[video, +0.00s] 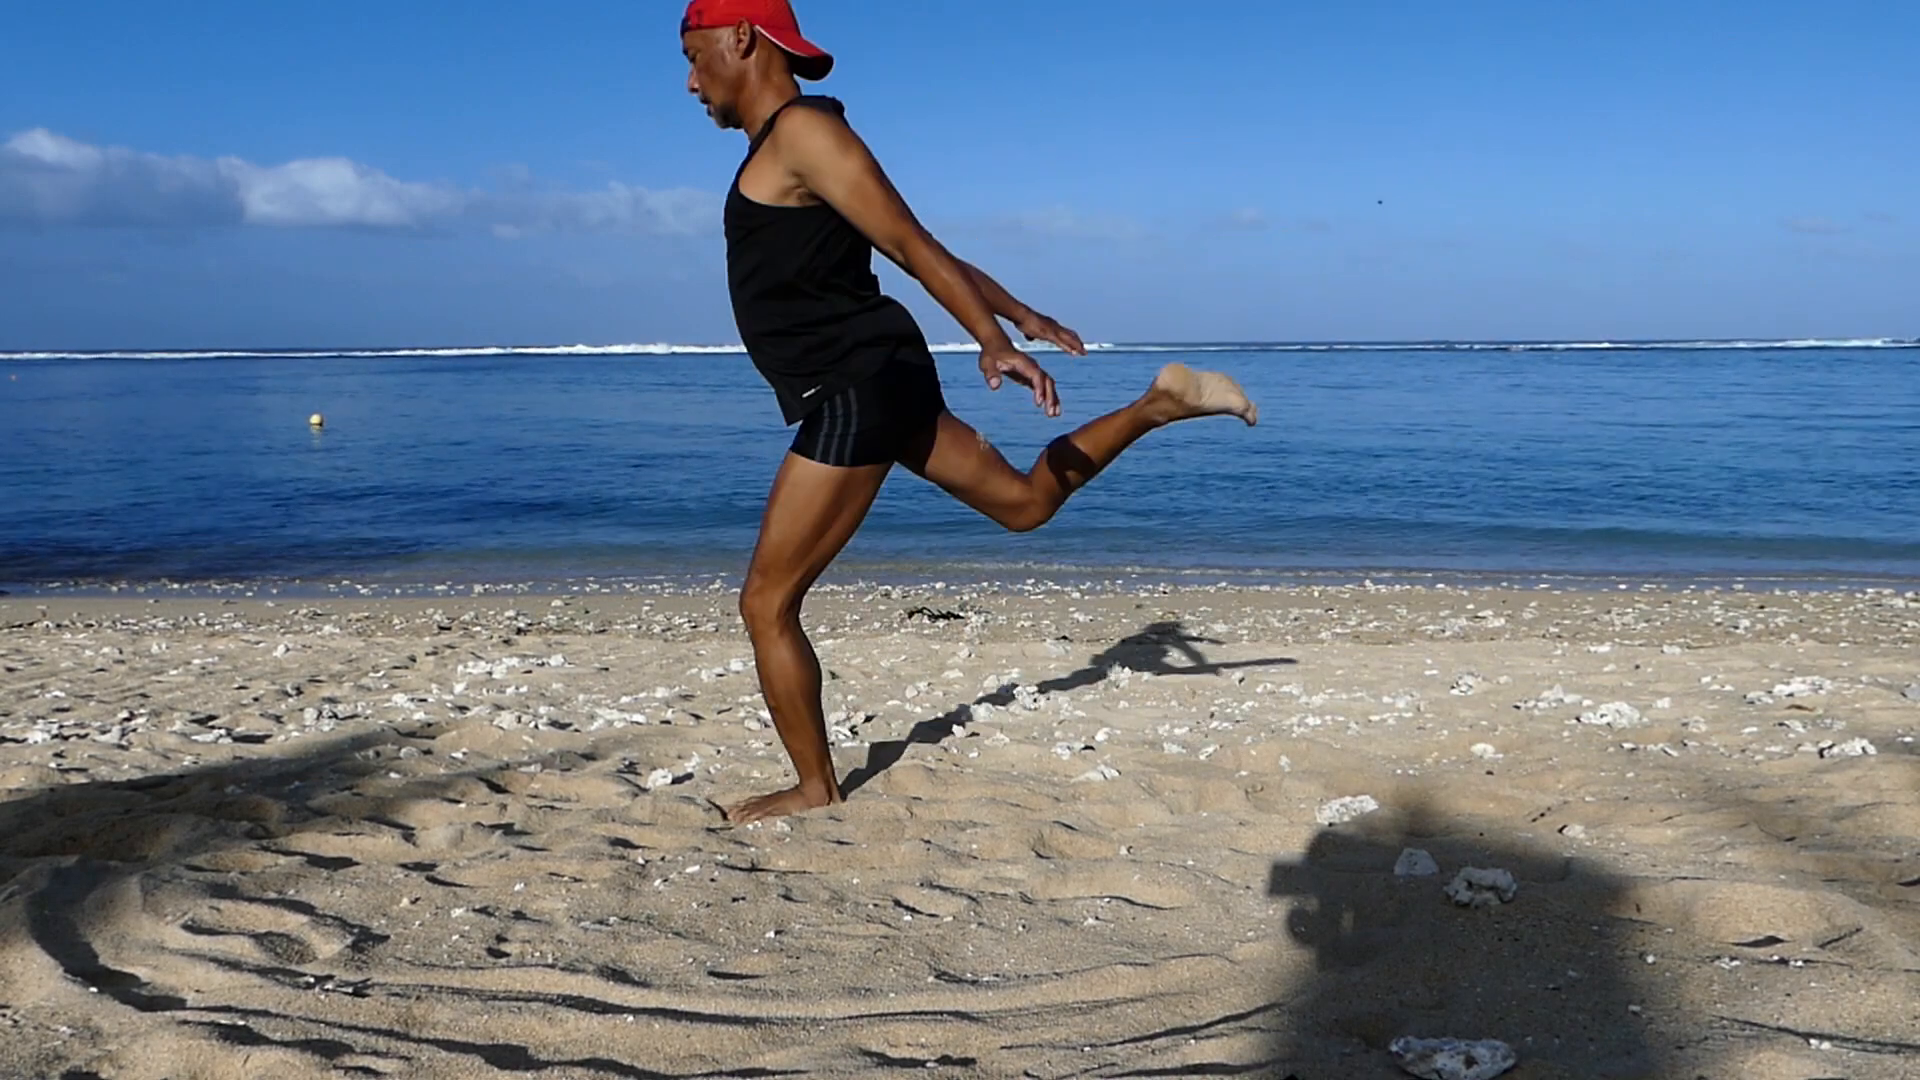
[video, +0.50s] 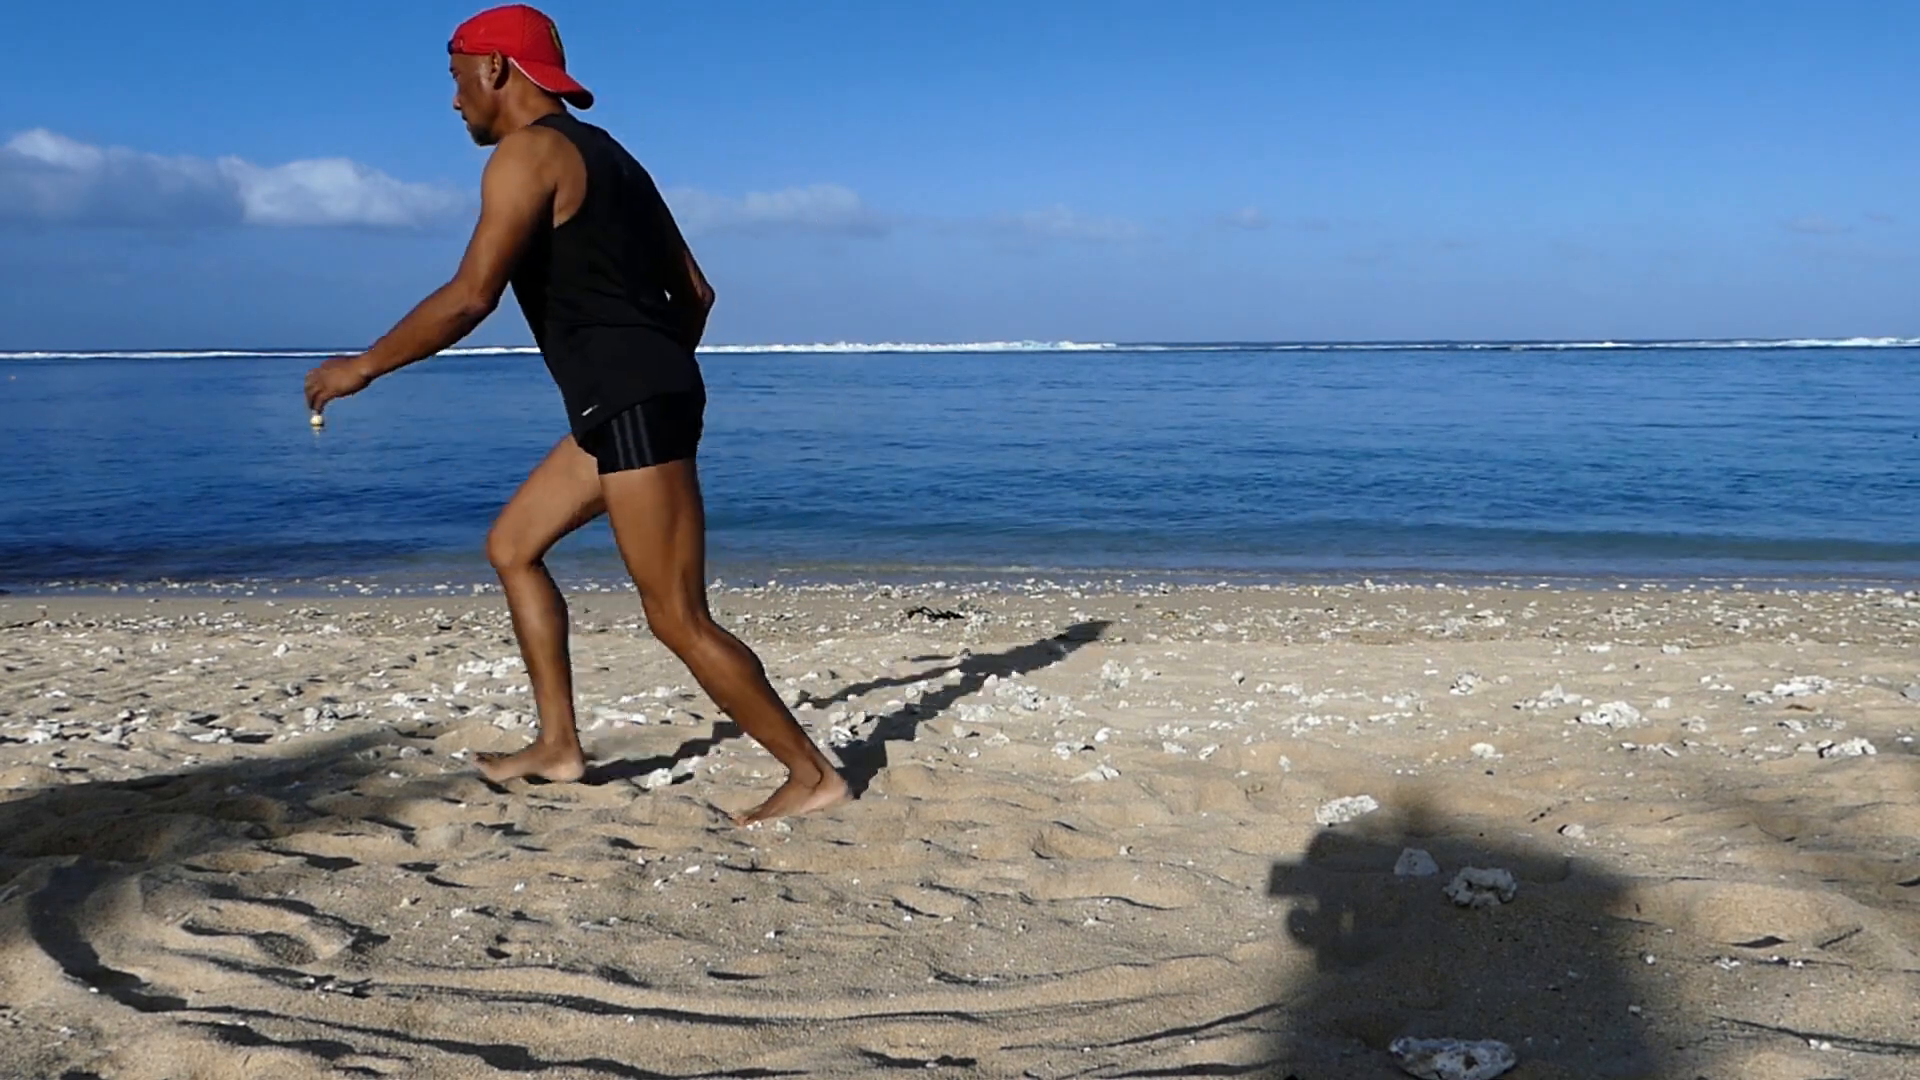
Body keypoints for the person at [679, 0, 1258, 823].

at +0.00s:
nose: (688, 81)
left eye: (694, 59)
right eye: (687, 62)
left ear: (745, 47)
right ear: (746, 50)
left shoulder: (804, 132)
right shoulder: (793, 133)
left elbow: (907, 246)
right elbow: (914, 239)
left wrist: (993, 342)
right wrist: (1020, 314)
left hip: (856, 389)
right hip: (875, 381)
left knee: (766, 603)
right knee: (1026, 502)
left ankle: (815, 787)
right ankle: (1158, 405)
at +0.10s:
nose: (626, 111)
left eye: (635, 91)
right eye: (626, 93)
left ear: (684, 91)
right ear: (695, 93)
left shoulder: (731, 179)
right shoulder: (749, 174)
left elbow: (798, 312)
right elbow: (835, 301)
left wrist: (832, 433)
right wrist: (918, 385)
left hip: (800, 433)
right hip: (843, 409)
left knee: (717, 621)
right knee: (907, 591)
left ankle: (811, 788)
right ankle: (1084, 535)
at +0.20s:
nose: (587, 123)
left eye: (596, 105)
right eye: (587, 106)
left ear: (640, 104)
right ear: (656, 105)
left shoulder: (689, 194)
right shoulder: (724, 184)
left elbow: (720, 332)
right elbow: (802, 316)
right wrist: (856, 424)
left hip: (778, 436)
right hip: (821, 426)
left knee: (701, 627)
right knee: (812, 617)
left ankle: (810, 787)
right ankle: (1006, 612)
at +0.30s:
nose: (540, 132)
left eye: (545, 111)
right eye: (539, 113)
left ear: (587, 105)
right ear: (608, 107)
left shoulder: (636, 191)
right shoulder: (680, 183)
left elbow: (618, 344)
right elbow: (753, 323)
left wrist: (524, 466)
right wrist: (752, 457)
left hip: (732, 423)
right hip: (762, 414)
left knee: (683, 631)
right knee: (688, 606)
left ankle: (805, 787)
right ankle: (848, 696)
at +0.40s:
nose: (507, 124)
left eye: (513, 105)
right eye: (506, 106)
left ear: (554, 99)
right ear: (575, 99)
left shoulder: (592, 182)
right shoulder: (655, 176)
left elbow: (553, 332)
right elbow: (739, 318)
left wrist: (435, 433)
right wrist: (686, 425)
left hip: (697, 422)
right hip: (718, 415)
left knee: (681, 639)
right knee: (604, 581)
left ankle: (810, 786)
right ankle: (733, 731)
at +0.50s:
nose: (457, 100)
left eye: (461, 81)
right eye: (455, 82)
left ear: (501, 75)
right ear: (533, 77)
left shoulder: (524, 155)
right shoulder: (607, 155)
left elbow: (471, 296)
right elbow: (694, 292)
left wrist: (362, 365)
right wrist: (650, 385)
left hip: (633, 402)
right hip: (642, 400)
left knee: (679, 618)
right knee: (513, 546)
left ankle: (813, 774)